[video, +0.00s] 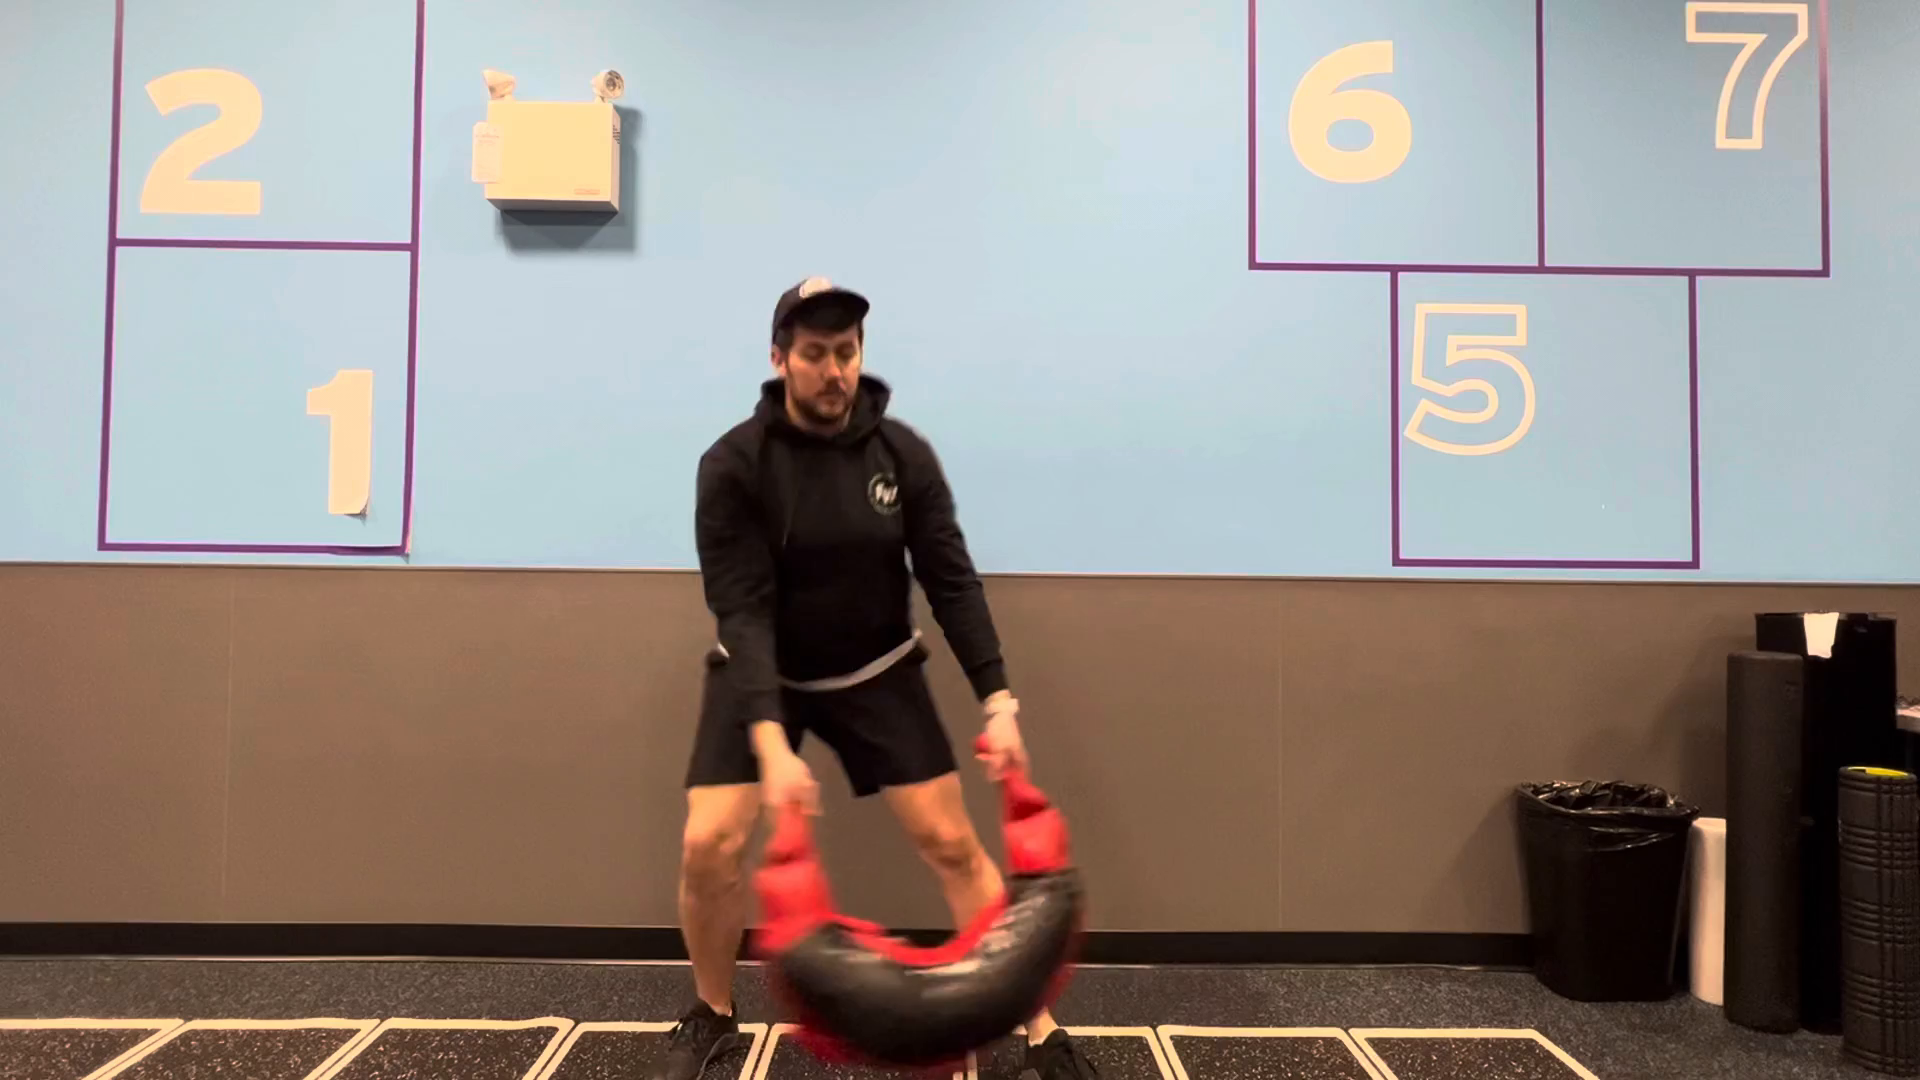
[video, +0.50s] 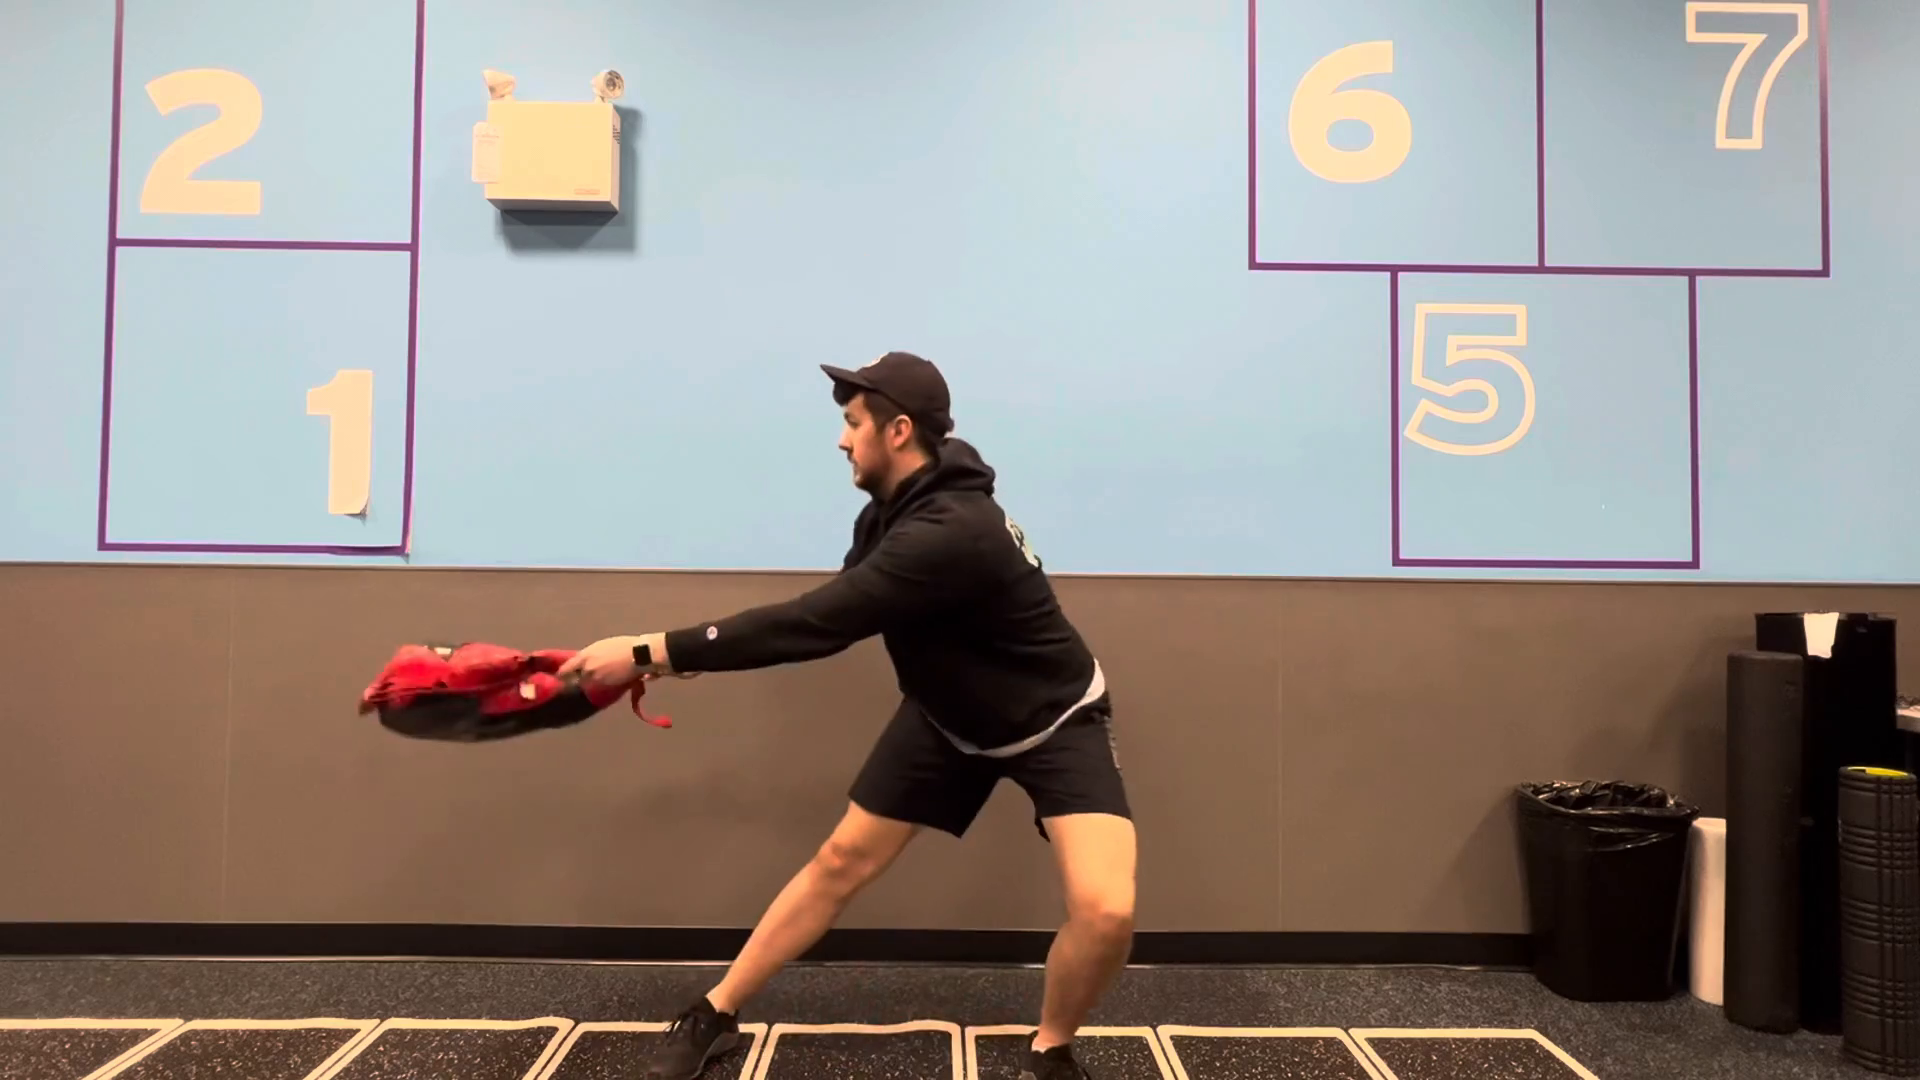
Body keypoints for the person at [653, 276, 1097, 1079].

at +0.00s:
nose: (836, 371)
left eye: (848, 353)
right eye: (818, 355)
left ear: (863, 358)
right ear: (781, 360)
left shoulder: (903, 457)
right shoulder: (732, 467)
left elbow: (950, 579)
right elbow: (741, 613)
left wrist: (997, 697)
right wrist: (771, 745)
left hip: (877, 672)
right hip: (761, 676)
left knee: (952, 844)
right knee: (707, 846)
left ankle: (1039, 1031)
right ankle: (714, 1013)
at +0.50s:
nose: (843, 440)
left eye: (854, 423)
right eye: (845, 423)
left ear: (901, 431)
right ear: (897, 432)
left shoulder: (952, 531)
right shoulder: (889, 512)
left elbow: (814, 624)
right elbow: (822, 625)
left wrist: (650, 650)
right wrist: (677, 655)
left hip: (1056, 718)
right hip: (946, 713)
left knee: (1108, 911)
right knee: (842, 859)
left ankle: (1053, 1050)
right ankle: (712, 1015)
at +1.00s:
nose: (890, 339)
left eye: (902, 320)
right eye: (870, 325)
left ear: (925, 321)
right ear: (842, 334)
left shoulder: (979, 434)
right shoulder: (805, 424)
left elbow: (990, 576)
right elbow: (764, 548)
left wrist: (975, 710)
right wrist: (738, 673)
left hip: (951, 660)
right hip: (835, 658)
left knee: (1018, 834)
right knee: (770, 829)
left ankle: (1046, 1042)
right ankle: (721, 1004)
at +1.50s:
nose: (870, 492)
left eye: (867, 474)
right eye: (854, 477)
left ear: (809, 491)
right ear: (802, 491)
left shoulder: (854, 563)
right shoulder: (733, 583)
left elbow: (905, 664)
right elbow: (842, 690)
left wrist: (1017, 732)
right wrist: (1003, 736)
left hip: (798, 730)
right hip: (681, 740)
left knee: (896, 875)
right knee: (664, 915)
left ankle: (1040, 1041)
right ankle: (712, 1017)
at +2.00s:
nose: (819, 343)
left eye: (838, 327)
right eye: (815, 326)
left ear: (890, 336)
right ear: (812, 332)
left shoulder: (952, 442)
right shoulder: (790, 443)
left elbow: (939, 596)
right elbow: (761, 567)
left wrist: (867, 721)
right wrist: (695, 666)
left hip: (953, 647)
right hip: (839, 647)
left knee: (1012, 837)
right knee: (767, 824)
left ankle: (1055, 1037)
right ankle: (715, 1015)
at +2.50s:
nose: (868, 444)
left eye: (882, 428)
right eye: (870, 428)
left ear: (933, 438)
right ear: (925, 438)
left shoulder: (981, 534)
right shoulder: (895, 523)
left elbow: (849, 628)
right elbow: (841, 625)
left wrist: (684, 642)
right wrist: (704, 648)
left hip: (1066, 720)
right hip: (954, 718)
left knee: (1100, 907)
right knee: (847, 865)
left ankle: (1060, 1048)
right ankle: (714, 1012)